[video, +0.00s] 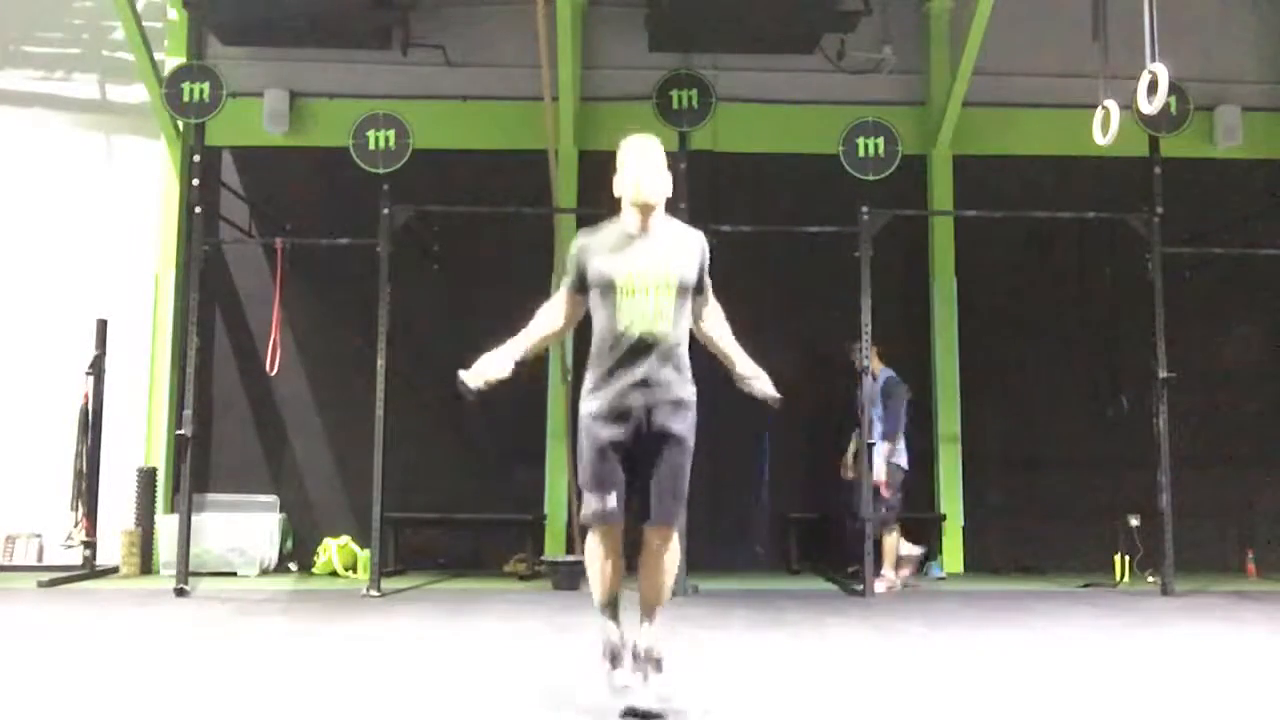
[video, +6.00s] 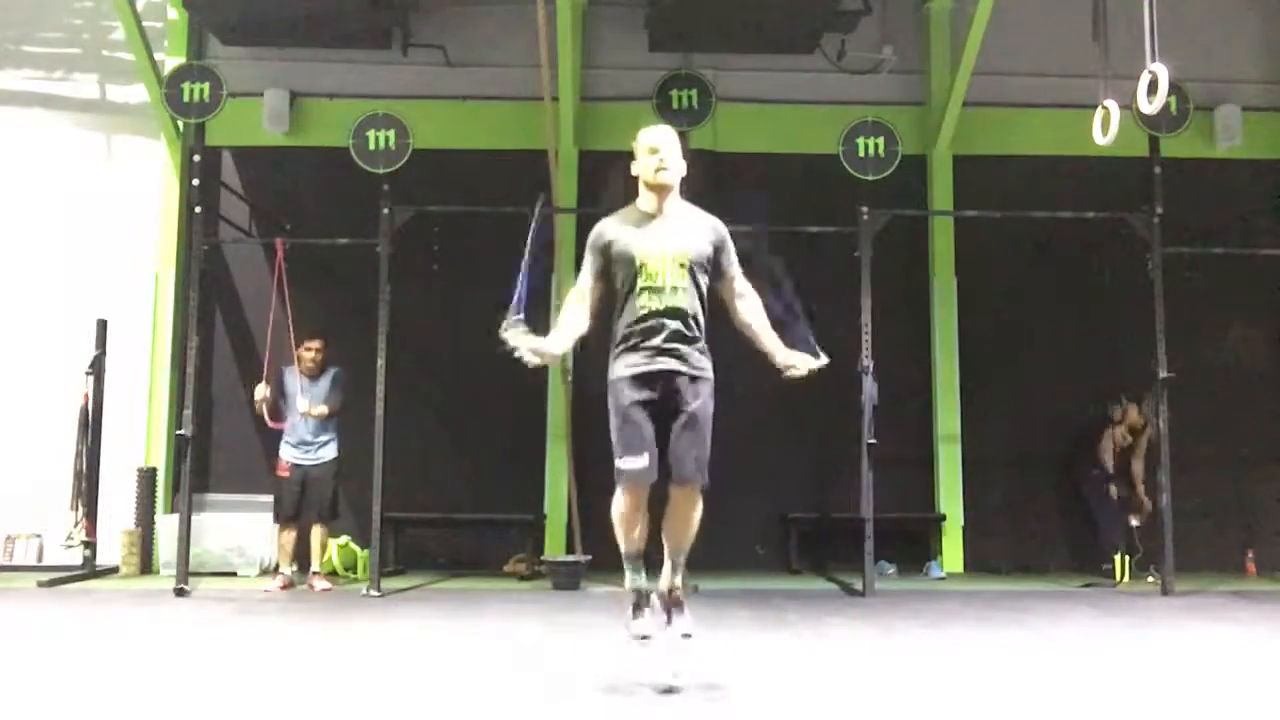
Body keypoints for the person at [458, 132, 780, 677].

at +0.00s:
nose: (645, 177)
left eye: (653, 168)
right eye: (635, 168)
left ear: (668, 178)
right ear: (618, 179)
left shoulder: (692, 244)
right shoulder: (589, 245)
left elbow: (705, 312)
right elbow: (563, 311)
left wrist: (745, 368)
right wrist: (505, 355)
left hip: (672, 399)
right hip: (605, 399)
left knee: (664, 524)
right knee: (603, 517)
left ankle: (649, 636)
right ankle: (608, 626)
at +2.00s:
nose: (644, 162)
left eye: (652, 154)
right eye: (634, 154)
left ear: (666, 167)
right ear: (617, 167)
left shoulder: (693, 231)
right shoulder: (591, 234)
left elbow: (725, 303)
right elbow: (561, 308)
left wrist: (771, 356)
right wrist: (517, 351)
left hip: (677, 370)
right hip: (616, 370)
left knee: (672, 486)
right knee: (617, 481)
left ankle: (656, 594)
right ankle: (614, 592)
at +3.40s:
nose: (649, 205)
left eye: (656, 196)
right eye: (639, 196)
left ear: (668, 204)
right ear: (621, 205)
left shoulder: (695, 267)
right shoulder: (594, 271)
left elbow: (717, 336)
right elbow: (565, 342)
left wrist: (765, 381)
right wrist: (512, 372)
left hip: (683, 413)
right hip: (619, 415)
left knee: (677, 535)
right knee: (621, 532)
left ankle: (665, 645)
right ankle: (622, 640)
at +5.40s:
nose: (654, 162)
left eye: (662, 154)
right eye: (645, 154)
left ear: (678, 167)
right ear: (629, 168)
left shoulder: (705, 231)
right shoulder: (604, 234)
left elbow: (734, 300)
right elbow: (572, 305)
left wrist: (778, 353)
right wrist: (525, 350)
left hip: (688, 373)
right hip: (626, 373)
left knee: (682, 489)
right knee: (627, 482)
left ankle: (670, 598)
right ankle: (625, 596)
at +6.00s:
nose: (661, 161)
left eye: (668, 154)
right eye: (651, 153)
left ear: (683, 165)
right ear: (634, 165)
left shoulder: (710, 229)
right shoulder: (609, 232)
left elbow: (740, 297)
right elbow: (584, 300)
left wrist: (778, 351)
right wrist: (555, 343)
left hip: (691, 367)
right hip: (632, 366)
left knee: (688, 480)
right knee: (636, 475)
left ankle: (673, 586)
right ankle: (636, 588)